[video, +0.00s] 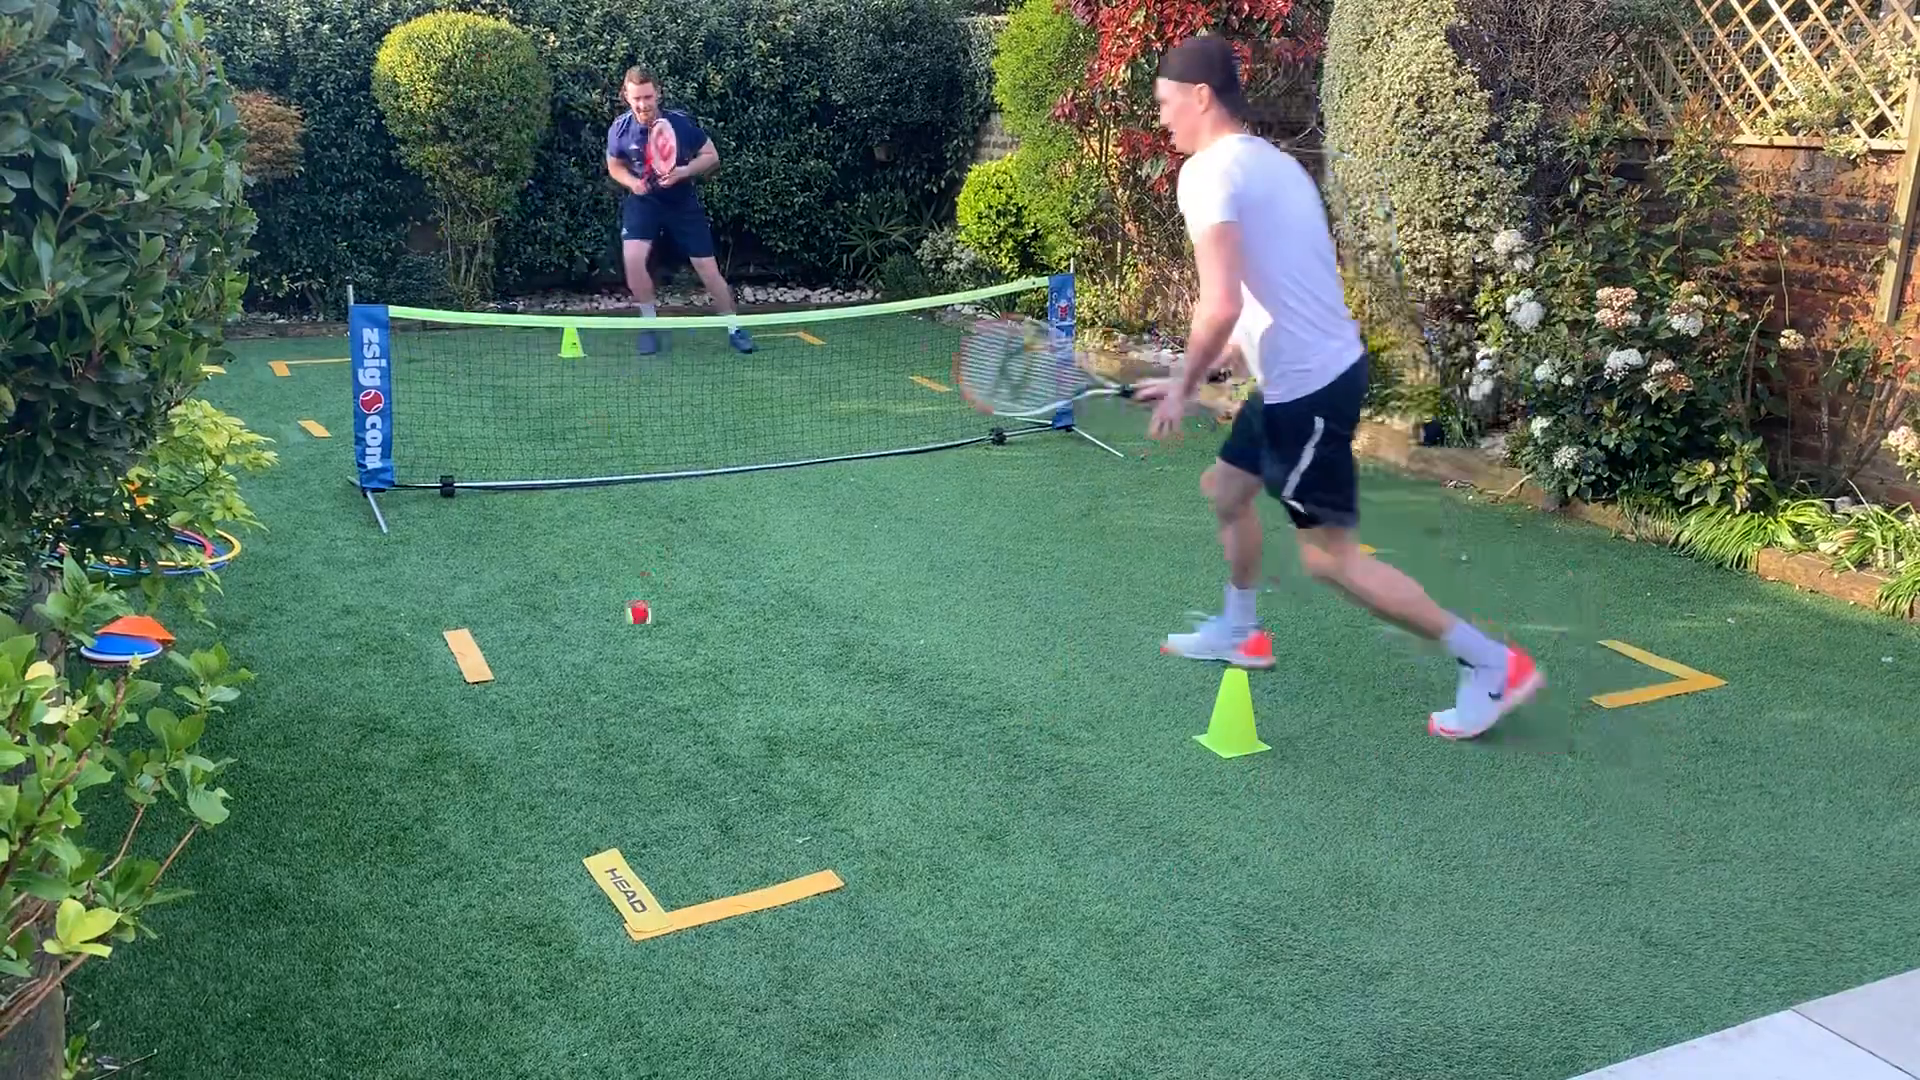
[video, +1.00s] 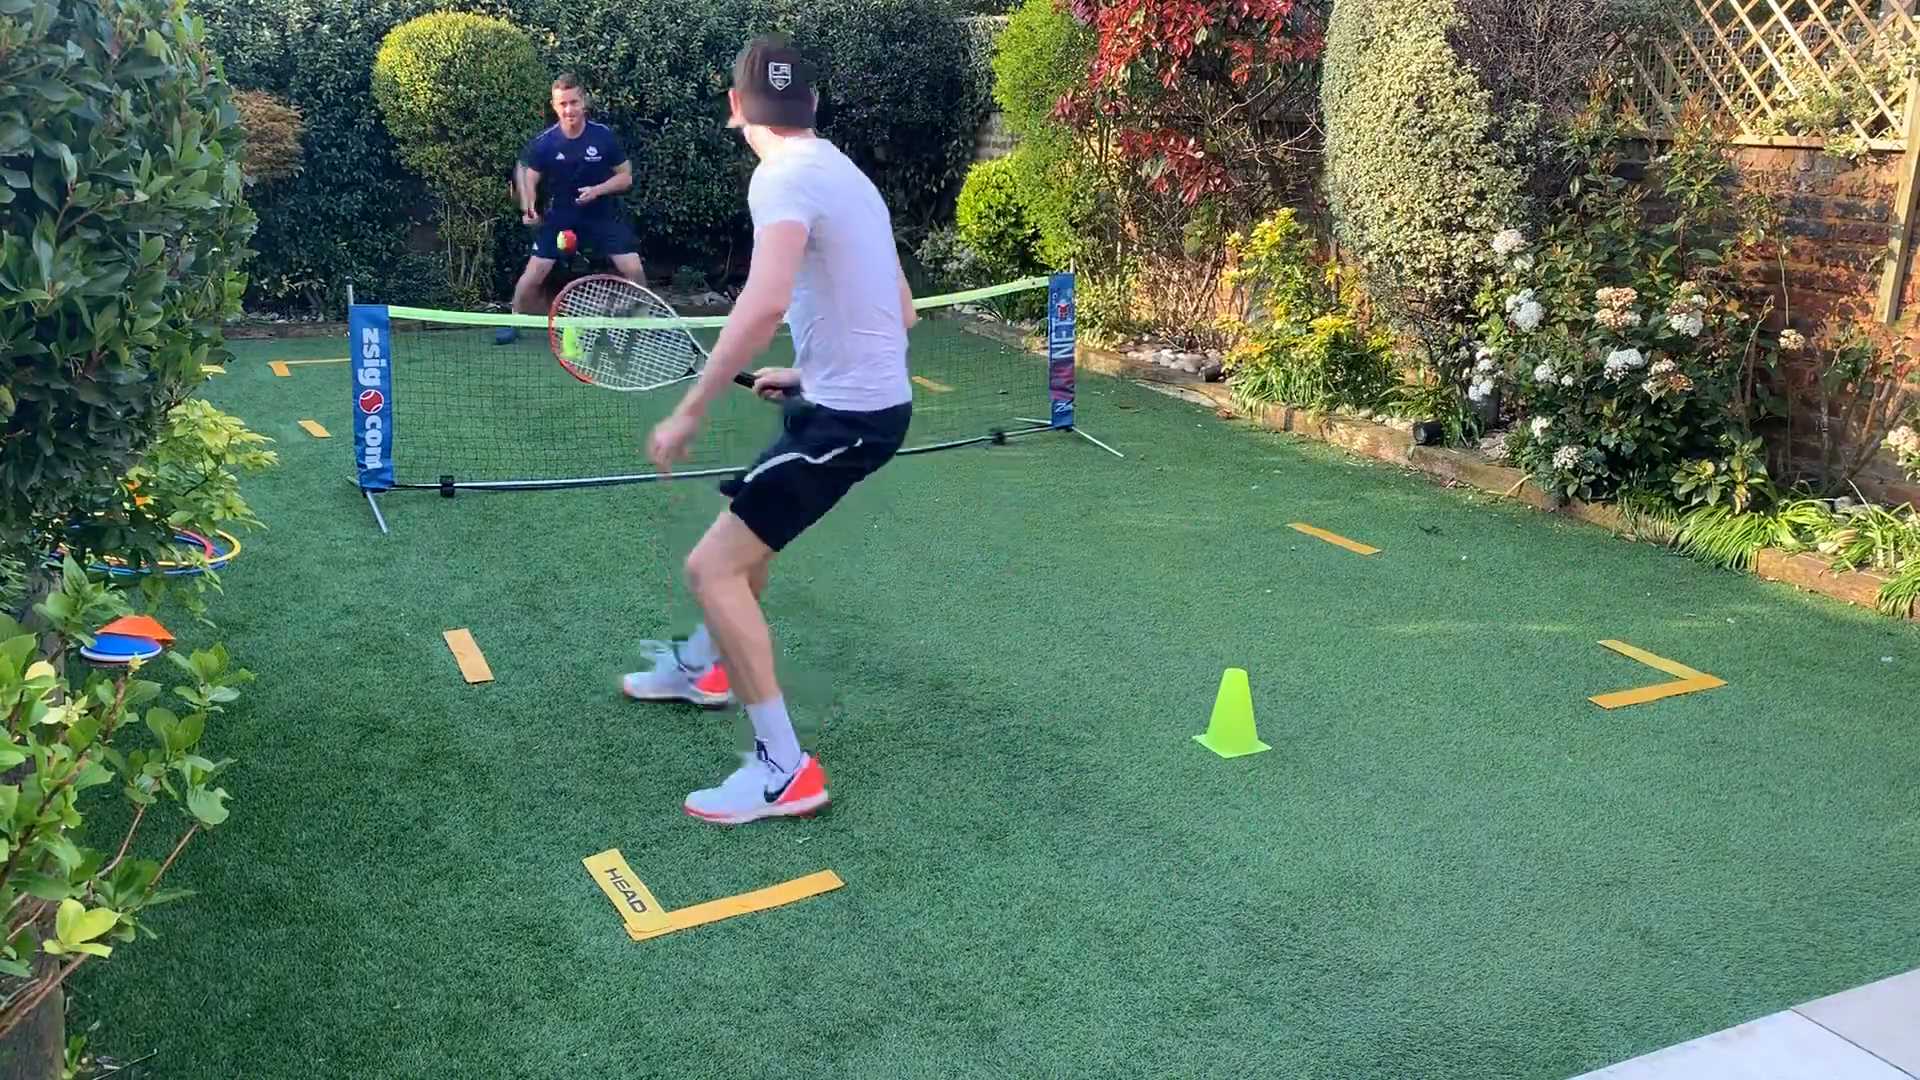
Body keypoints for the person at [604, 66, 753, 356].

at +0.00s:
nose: (642, 105)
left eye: (648, 98)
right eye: (636, 99)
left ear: (659, 94)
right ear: (626, 97)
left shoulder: (679, 122)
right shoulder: (620, 129)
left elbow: (712, 156)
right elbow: (614, 165)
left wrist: (682, 171)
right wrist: (633, 182)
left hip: (682, 201)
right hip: (643, 202)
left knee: (708, 269)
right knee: (632, 262)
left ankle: (734, 329)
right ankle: (649, 326)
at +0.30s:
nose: (620, 115)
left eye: (626, 108)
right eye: (614, 109)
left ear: (635, 106)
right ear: (605, 109)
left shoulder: (656, 135)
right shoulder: (598, 144)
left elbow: (677, 170)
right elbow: (596, 183)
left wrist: (663, 184)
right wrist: (622, 196)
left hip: (667, 209)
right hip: (626, 214)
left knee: (692, 262)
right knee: (619, 280)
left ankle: (720, 324)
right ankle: (619, 319)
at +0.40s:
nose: (607, 102)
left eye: (612, 95)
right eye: (601, 95)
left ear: (622, 94)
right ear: (591, 96)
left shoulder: (641, 126)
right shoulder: (580, 130)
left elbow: (663, 162)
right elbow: (573, 168)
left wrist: (649, 177)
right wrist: (604, 182)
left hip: (644, 202)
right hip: (605, 207)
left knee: (668, 260)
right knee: (607, 268)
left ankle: (693, 318)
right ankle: (617, 320)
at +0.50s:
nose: (597, 89)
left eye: (602, 82)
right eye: (590, 83)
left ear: (610, 83)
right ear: (580, 85)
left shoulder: (629, 113)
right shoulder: (568, 117)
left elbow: (648, 145)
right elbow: (558, 157)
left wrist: (634, 166)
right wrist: (588, 172)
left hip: (626, 195)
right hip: (586, 197)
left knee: (638, 255)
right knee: (584, 258)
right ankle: (603, 314)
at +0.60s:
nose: (582, 92)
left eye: (587, 85)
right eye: (576, 86)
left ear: (596, 87)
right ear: (566, 88)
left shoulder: (615, 119)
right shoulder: (555, 121)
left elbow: (634, 149)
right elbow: (543, 160)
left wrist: (622, 170)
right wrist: (573, 177)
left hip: (610, 201)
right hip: (570, 199)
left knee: (612, 263)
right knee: (558, 258)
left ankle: (605, 313)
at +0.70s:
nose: (569, 105)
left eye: (574, 99)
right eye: (563, 100)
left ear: (584, 100)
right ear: (553, 102)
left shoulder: (602, 135)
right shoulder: (541, 138)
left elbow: (621, 169)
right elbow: (529, 176)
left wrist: (605, 185)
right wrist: (559, 196)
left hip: (594, 210)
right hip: (554, 210)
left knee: (607, 273)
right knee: (536, 264)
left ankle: (598, 318)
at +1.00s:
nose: (569, 110)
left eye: (573, 103)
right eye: (562, 104)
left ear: (584, 103)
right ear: (554, 106)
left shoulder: (603, 136)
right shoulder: (544, 144)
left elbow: (626, 178)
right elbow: (530, 180)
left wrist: (596, 191)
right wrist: (529, 206)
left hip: (601, 215)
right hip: (560, 217)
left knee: (633, 269)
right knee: (534, 272)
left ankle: (642, 324)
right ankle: (512, 322)